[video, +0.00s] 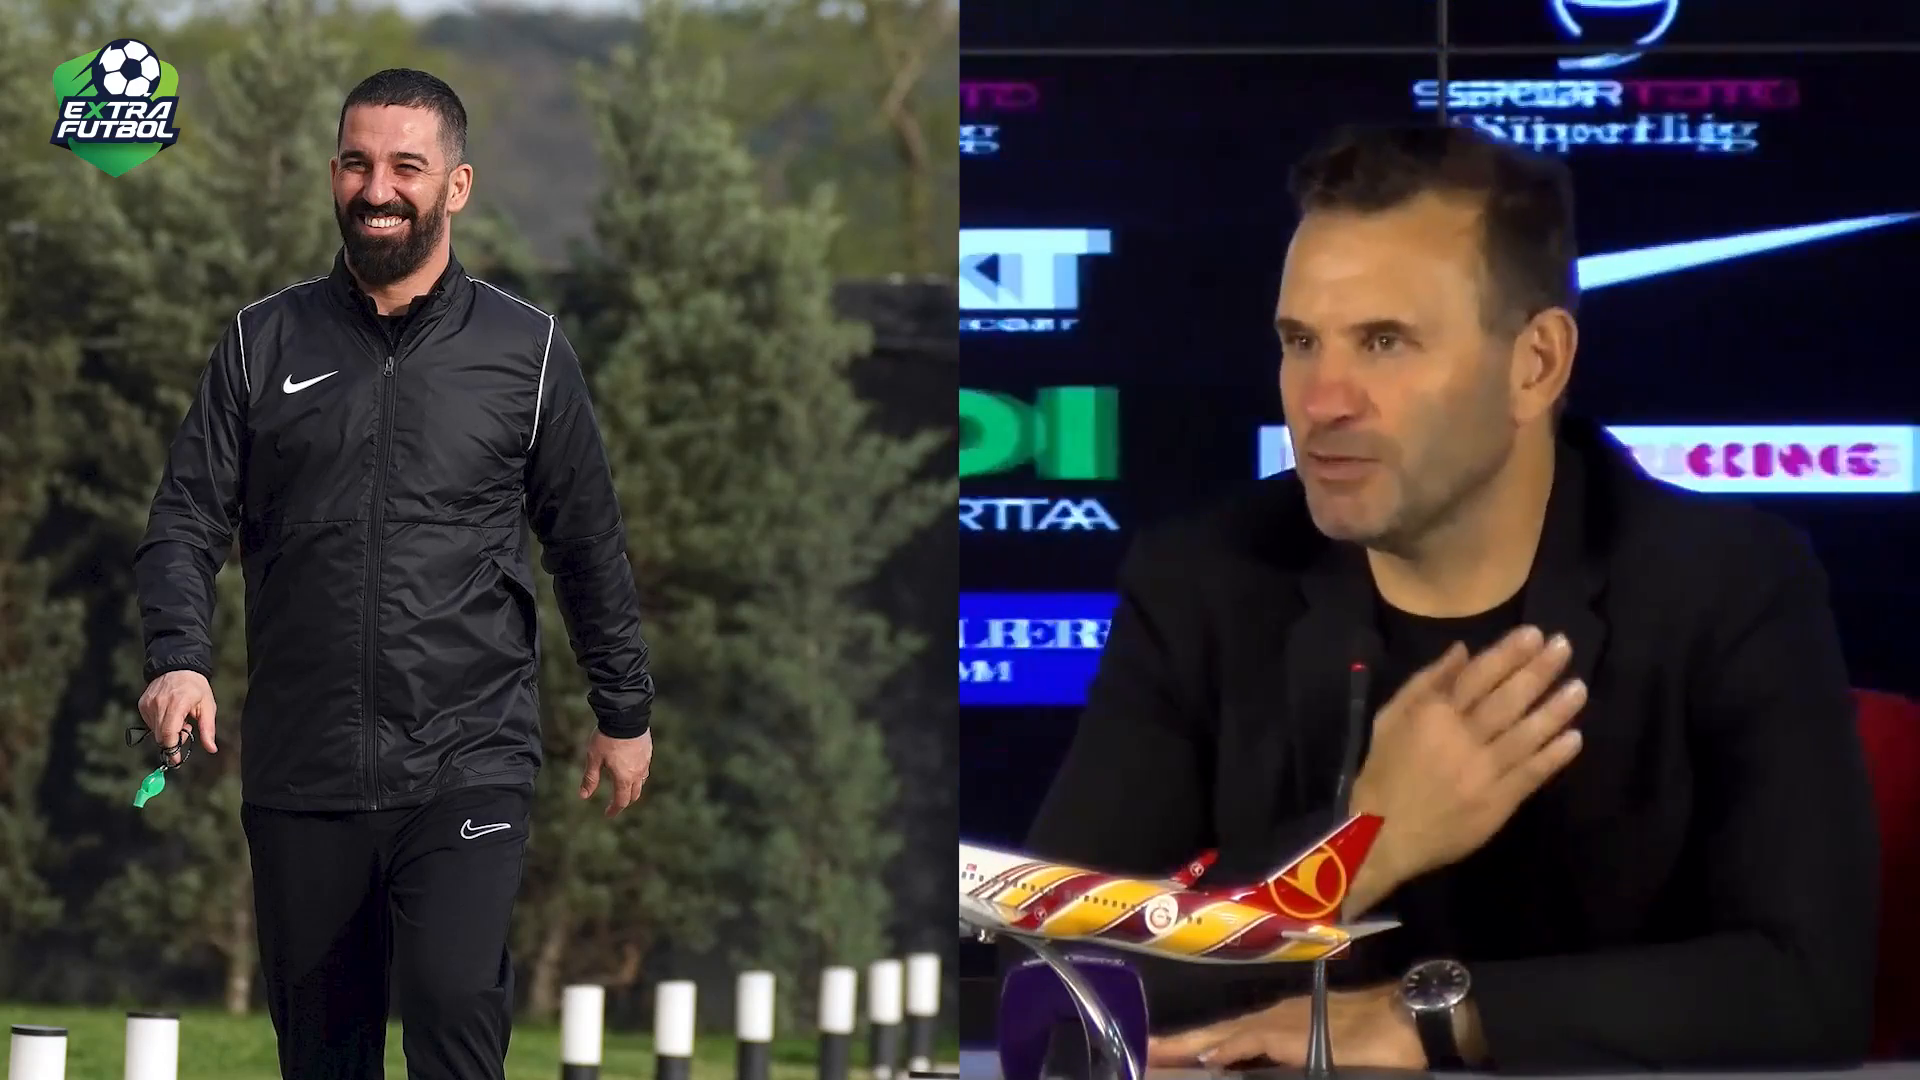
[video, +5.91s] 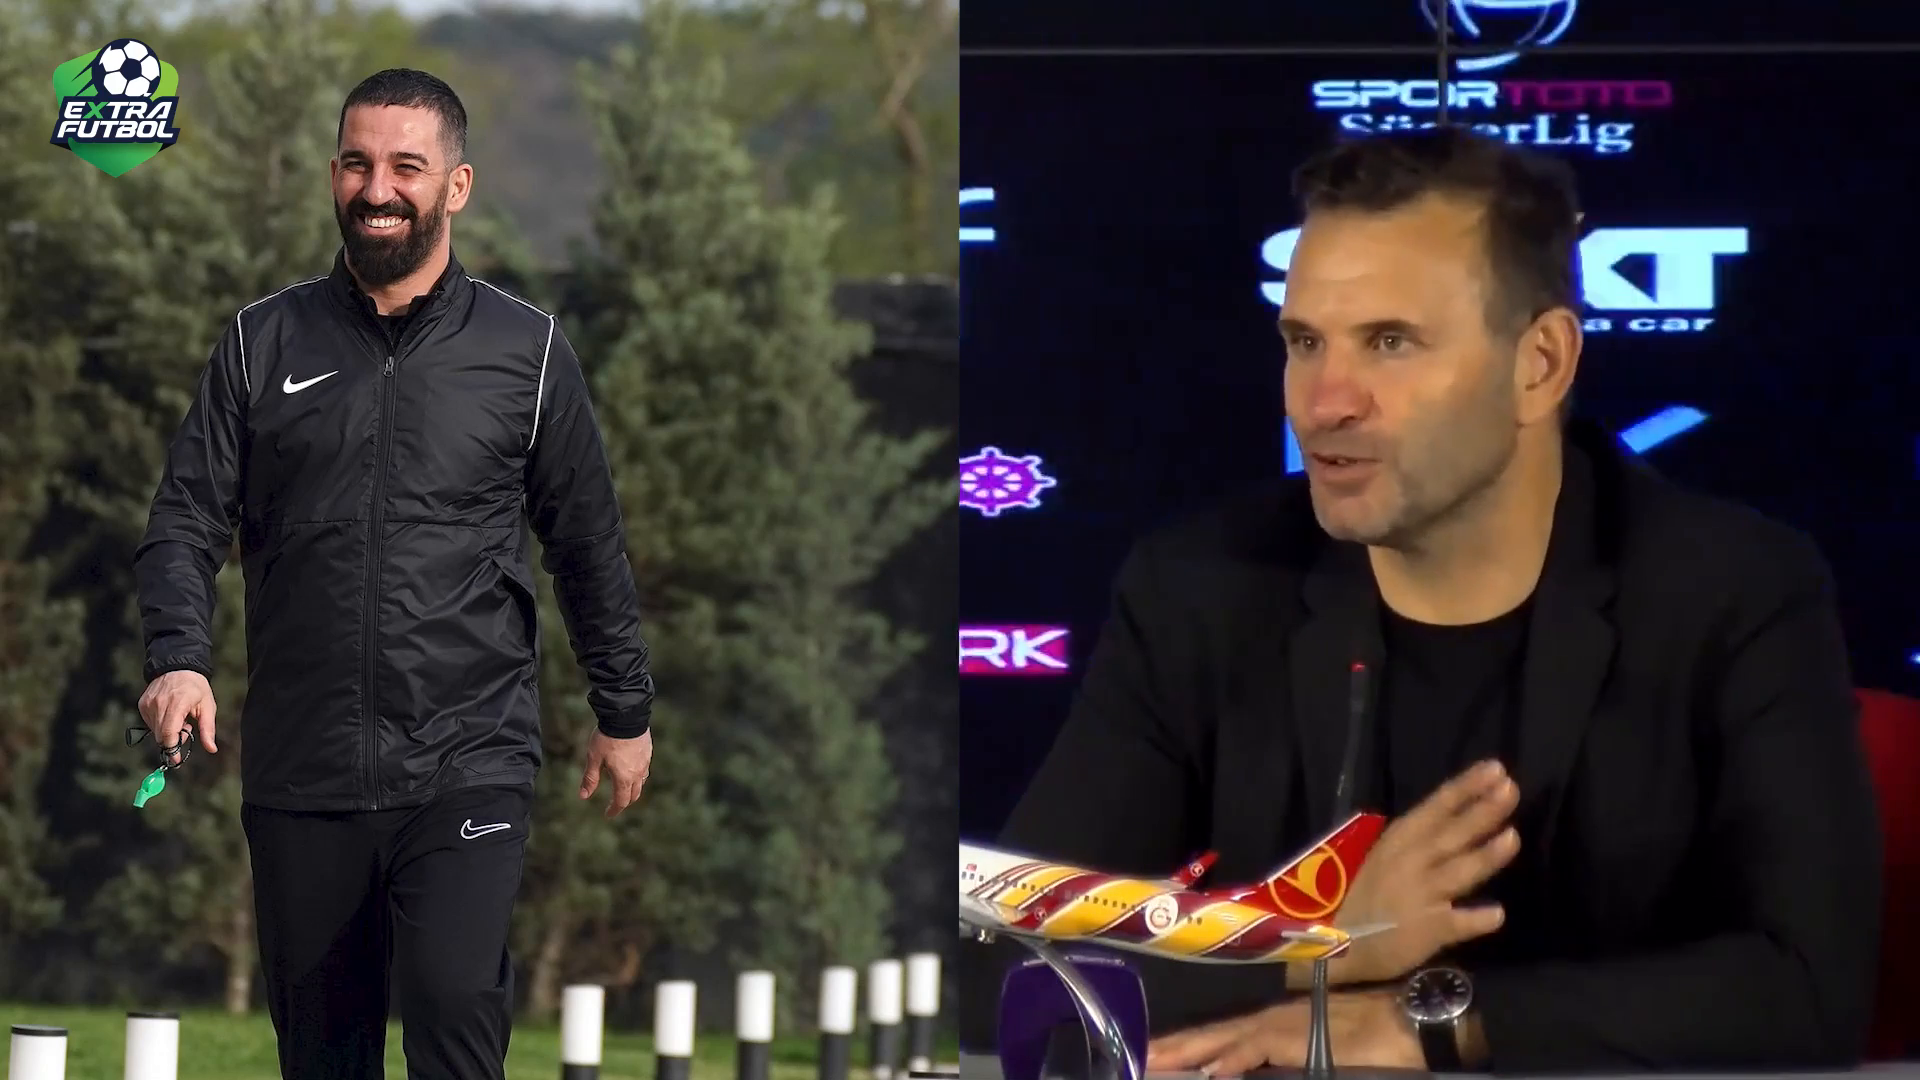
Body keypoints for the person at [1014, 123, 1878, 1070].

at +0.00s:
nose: (1321, 399)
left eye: (1384, 343)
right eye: (1301, 342)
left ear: (1537, 363)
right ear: (1277, 348)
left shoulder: (1733, 590)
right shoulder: (1200, 585)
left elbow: (1810, 992)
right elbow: (1048, 973)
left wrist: (1434, 1017)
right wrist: (1361, 844)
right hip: (1257, 1079)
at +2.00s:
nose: (1329, 398)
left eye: (1397, 344)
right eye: (1308, 339)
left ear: (1543, 368)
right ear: (1282, 342)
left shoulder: (1718, 593)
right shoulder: (1181, 592)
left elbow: (1808, 990)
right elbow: (1031, 983)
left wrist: (1438, 1030)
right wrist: (1363, 947)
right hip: (1247, 1077)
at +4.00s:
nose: (1327, 396)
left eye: (1391, 337)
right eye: (1302, 341)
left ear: (1537, 361)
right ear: (1276, 350)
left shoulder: (1724, 596)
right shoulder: (1191, 592)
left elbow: (1808, 991)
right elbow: (1018, 956)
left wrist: (1441, 1036)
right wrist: (1333, 957)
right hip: (1252, 1076)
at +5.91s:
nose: (1321, 400)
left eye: (1387, 344)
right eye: (1303, 343)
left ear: (1541, 366)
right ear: (1282, 345)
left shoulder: (1736, 599)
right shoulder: (1198, 587)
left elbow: (1807, 993)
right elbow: (1026, 956)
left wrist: (1436, 1022)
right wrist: (1306, 952)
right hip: (1249, 1076)